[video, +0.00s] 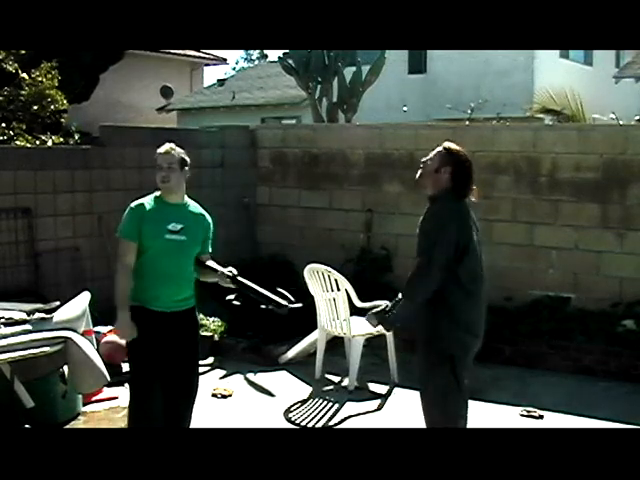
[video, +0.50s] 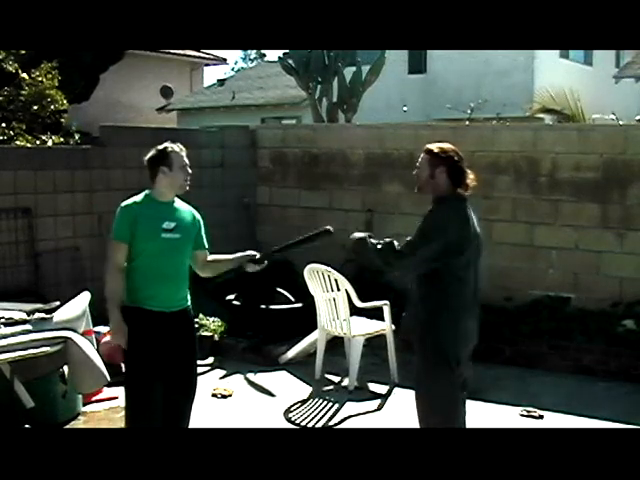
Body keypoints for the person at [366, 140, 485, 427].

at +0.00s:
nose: (422, 162)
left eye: (429, 160)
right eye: (426, 158)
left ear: (443, 174)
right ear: (444, 175)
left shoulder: (443, 212)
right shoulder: (453, 210)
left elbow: (429, 271)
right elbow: (430, 271)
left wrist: (395, 315)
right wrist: (397, 304)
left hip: (445, 327)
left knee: (441, 407)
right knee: (446, 404)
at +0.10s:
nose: (419, 168)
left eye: (426, 164)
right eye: (423, 163)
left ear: (444, 174)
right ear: (444, 174)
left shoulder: (445, 213)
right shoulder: (447, 209)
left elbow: (427, 272)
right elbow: (423, 265)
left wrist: (379, 292)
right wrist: (383, 281)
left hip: (449, 326)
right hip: (454, 322)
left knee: (437, 404)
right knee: (449, 401)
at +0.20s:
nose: (418, 170)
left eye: (424, 165)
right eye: (420, 164)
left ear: (443, 173)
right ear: (443, 173)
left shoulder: (448, 211)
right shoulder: (451, 208)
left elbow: (414, 257)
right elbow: (415, 253)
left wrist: (365, 252)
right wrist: (371, 251)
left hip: (449, 323)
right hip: (454, 319)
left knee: (436, 399)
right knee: (448, 399)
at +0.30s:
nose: (417, 174)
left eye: (423, 168)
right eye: (418, 167)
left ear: (443, 172)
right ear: (443, 173)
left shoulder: (449, 213)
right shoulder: (457, 210)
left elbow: (400, 248)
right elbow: (409, 243)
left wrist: (352, 229)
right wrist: (380, 234)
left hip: (444, 330)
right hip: (456, 326)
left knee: (436, 410)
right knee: (449, 408)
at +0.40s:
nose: (416, 175)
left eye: (422, 169)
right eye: (418, 168)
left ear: (441, 172)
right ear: (442, 173)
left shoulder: (449, 213)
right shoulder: (456, 210)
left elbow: (401, 248)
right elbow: (410, 243)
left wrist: (355, 226)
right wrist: (380, 231)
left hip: (443, 332)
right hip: (453, 328)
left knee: (436, 411)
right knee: (446, 409)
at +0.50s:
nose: (415, 173)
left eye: (420, 167)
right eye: (416, 166)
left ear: (438, 173)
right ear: (441, 173)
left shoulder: (446, 215)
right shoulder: (458, 212)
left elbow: (407, 263)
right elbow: (419, 256)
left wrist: (365, 248)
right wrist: (390, 248)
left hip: (440, 332)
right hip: (452, 328)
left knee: (437, 412)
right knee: (446, 409)